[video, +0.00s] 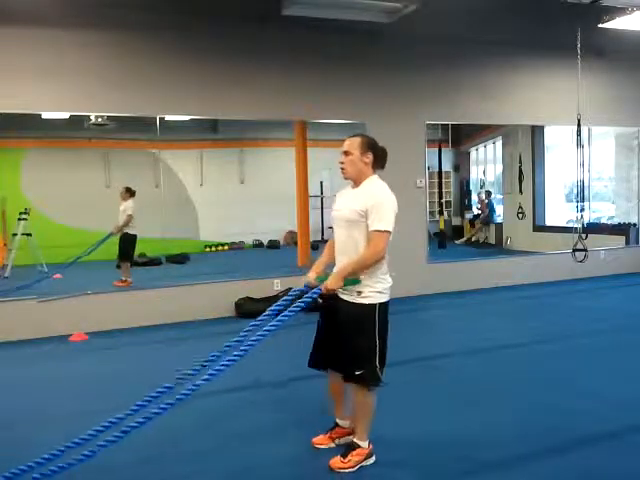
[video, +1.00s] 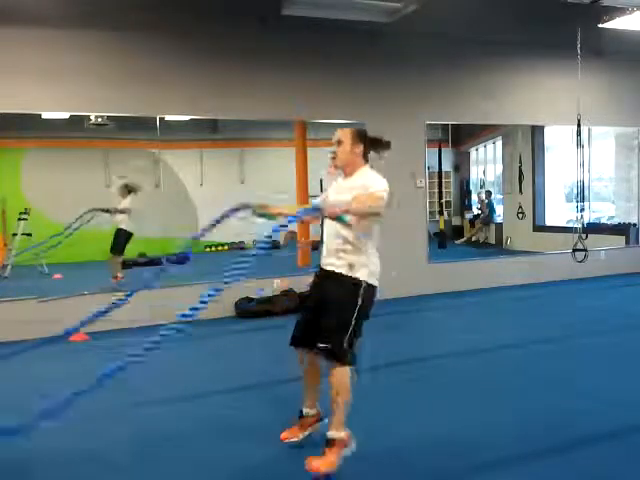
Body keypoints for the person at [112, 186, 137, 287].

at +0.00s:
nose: (121, 195)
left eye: (123, 193)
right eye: (121, 193)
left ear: (128, 194)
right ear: (126, 194)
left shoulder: (130, 204)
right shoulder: (124, 204)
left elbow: (129, 218)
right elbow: (125, 217)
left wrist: (119, 228)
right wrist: (118, 227)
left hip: (129, 233)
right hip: (125, 232)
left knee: (125, 258)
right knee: (123, 257)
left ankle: (126, 278)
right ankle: (125, 278)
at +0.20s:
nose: (120, 197)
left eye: (122, 195)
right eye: (121, 195)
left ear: (128, 196)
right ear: (127, 196)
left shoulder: (130, 206)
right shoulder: (125, 206)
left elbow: (129, 221)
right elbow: (127, 221)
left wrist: (120, 229)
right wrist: (121, 229)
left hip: (131, 234)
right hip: (127, 234)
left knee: (124, 258)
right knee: (123, 257)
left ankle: (127, 278)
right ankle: (125, 278)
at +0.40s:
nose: (124, 196)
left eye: (126, 194)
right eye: (125, 194)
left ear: (132, 196)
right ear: (130, 196)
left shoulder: (134, 204)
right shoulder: (129, 206)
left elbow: (131, 216)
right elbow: (121, 221)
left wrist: (119, 220)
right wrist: (110, 226)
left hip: (131, 235)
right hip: (127, 234)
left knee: (125, 259)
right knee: (124, 259)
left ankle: (125, 279)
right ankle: (124, 278)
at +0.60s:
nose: (125, 194)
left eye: (127, 192)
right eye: (125, 192)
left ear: (131, 193)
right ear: (133, 193)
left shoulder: (134, 201)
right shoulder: (132, 202)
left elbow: (124, 202)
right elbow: (122, 202)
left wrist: (112, 202)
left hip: (132, 231)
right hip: (132, 230)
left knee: (127, 256)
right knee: (128, 255)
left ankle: (127, 279)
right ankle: (127, 278)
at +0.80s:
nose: (119, 201)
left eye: (121, 199)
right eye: (119, 198)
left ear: (125, 200)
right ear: (126, 200)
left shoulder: (129, 210)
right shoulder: (124, 210)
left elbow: (129, 224)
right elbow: (120, 219)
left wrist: (119, 224)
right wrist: (113, 221)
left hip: (130, 237)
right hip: (127, 237)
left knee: (123, 261)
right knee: (122, 262)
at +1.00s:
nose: (119, 193)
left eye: (121, 191)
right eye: (119, 191)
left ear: (126, 191)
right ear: (126, 191)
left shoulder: (130, 199)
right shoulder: (124, 201)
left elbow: (128, 210)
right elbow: (120, 211)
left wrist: (116, 211)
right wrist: (111, 211)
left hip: (126, 228)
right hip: (121, 227)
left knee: (117, 253)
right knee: (115, 252)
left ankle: (118, 274)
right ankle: (116, 274)